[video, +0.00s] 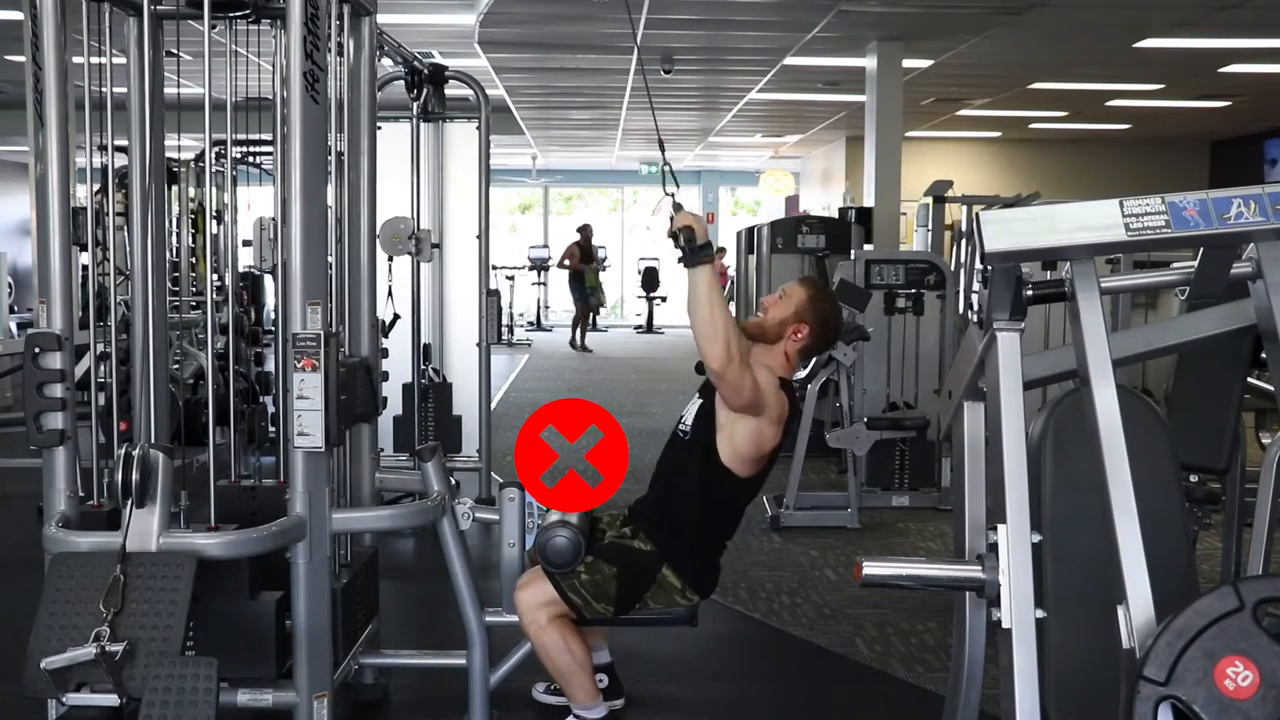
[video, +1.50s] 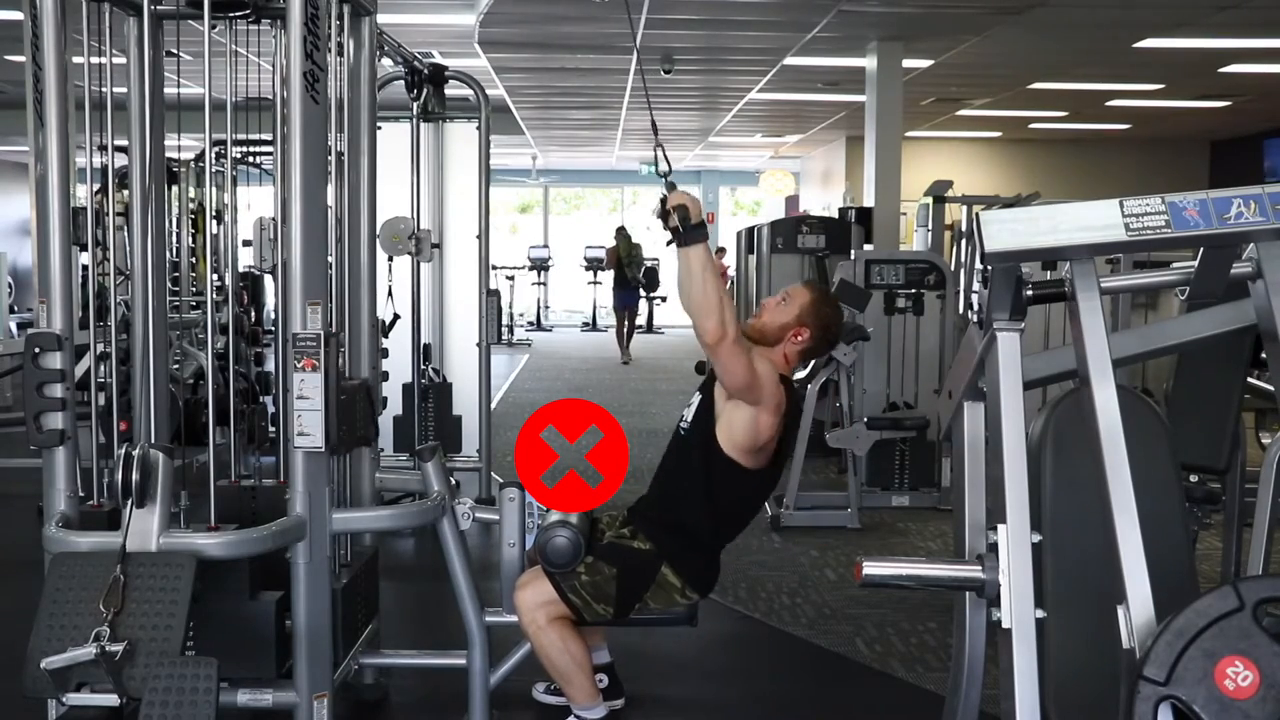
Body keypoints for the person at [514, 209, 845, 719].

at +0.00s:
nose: (765, 298)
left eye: (779, 297)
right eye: (775, 292)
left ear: (796, 332)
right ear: (795, 334)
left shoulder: (762, 396)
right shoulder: (751, 371)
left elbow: (720, 356)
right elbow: (720, 336)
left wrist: (697, 250)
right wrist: (706, 265)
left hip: (670, 564)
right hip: (649, 529)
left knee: (533, 596)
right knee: (552, 545)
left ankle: (589, 711)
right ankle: (595, 672)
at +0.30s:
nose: (803, 326)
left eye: (818, 327)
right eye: (814, 320)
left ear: (835, 363)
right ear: (832, 364)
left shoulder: (807, 427)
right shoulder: (785, 394)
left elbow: (771, 480)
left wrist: (750, 375)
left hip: (676, 564)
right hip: (654, 526)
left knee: (534, 597)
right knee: (551, 544)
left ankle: (590, 713)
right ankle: (595, 672)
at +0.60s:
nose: (825, 347)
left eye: (839, 347)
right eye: (835, 341)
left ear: (855, 382)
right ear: (853, 382)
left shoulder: (824, 442)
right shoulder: (807, 408)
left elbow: (809, 532)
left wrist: (792, 438)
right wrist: (770, 396)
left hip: (680, 561)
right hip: (661, 523)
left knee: (537, 594)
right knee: (551, 545)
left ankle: (590, 711)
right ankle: (596, 672)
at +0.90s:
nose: (831, 350)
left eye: (847, 351)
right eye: (842, 344)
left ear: (860, 387)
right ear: (857, 386)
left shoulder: (828, 446)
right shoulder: (809, 412)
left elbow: (806, 524)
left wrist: (788, 433)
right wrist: (769, 401)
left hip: (683, 563)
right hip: (665, 524)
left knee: (540, 593)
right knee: (553, 547)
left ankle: (590, 711)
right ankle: (595, 671)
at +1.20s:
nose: (817, 336)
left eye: (832, 337)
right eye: (827, 330)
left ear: (845, 373)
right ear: (842, 372)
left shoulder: (813, 427)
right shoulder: (795, 396)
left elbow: (766, 435)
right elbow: (739, 386)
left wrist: (747, 331)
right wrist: (729, 322)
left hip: (680, 561)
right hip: (662, 525)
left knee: (537, 595)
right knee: (557, 544)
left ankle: (590, 712)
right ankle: (595, 673)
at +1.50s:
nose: (766, 301)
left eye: (782, 302)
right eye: (777, 296)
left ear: (796, 337)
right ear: (794, 339)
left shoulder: (760, 389)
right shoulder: (751, 373)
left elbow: (714, 330)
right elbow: (711, 321)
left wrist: (691, 228)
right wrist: (689, 235)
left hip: (669, 560)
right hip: (649, 528)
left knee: (532, 598)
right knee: (544, 559)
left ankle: (590, 711)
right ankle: (594, 670)